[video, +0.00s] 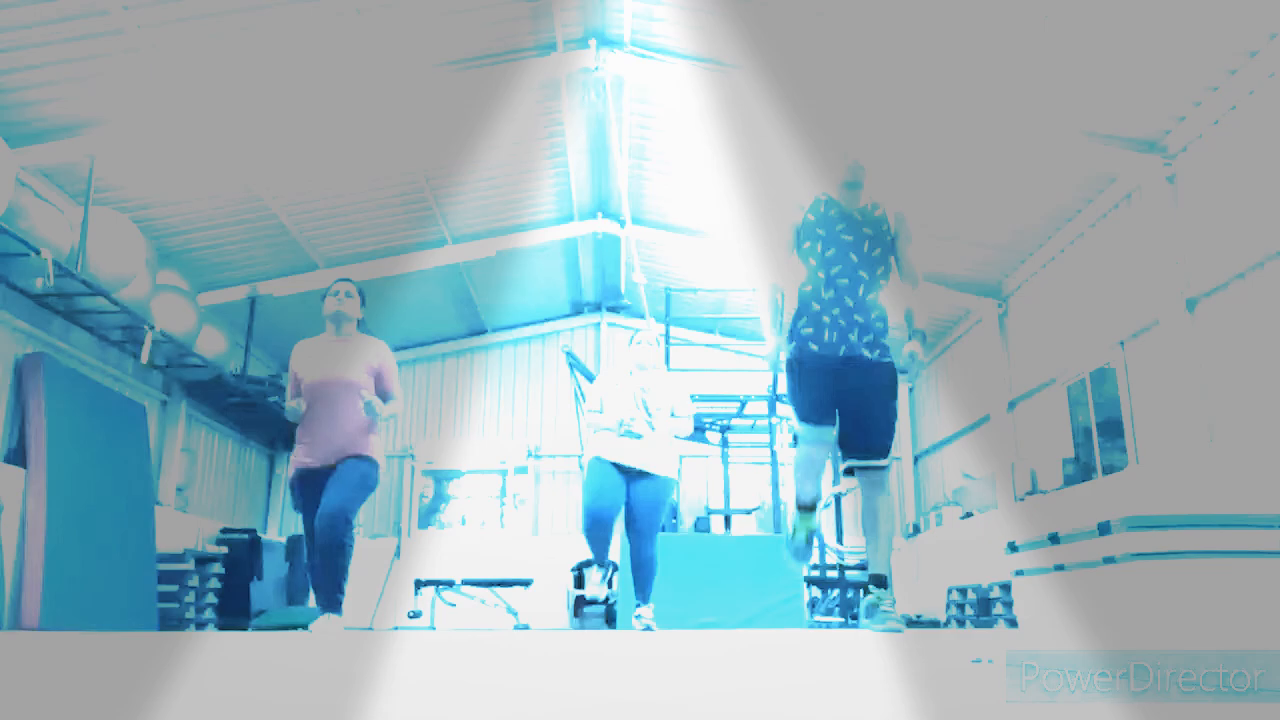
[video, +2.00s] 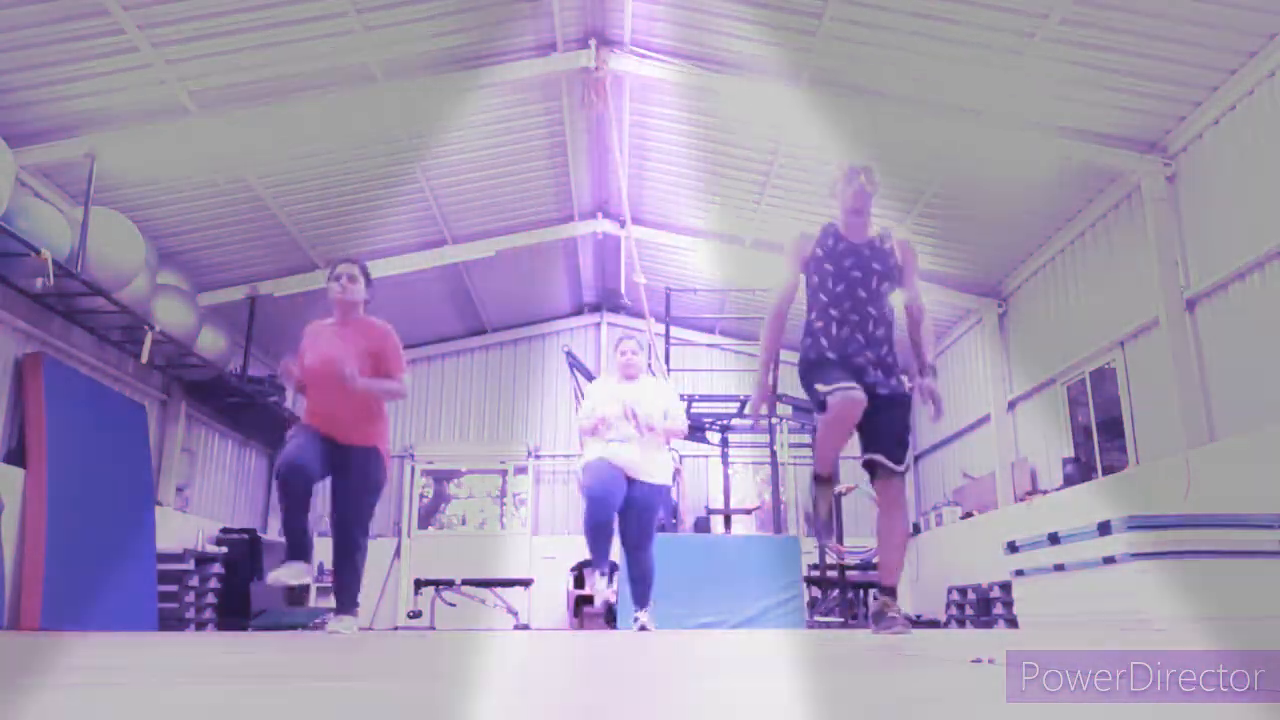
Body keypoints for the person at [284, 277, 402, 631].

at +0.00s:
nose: (340, 298)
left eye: (349, 294)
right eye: (334, 294)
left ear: (361, 308)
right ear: (323, 306)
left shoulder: (376, 348)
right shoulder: (302, 349)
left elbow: (394, 400)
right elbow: (293, 404)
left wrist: (382, 408)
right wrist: (292, 407)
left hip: (358, 456)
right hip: (309, 460)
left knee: (331, 516)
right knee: (314, 539)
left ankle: (331, 611)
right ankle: (329, 612)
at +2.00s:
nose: (343, 285)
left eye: (352, 279)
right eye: (337, 279)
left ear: (366, 290)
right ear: (327, 289)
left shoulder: (381, 333)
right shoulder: (314, 331)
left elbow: (400, 387)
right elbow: (308, 387)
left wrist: (360, 383)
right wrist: (294, 378)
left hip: (362, 441)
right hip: (317, 432)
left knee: (350, 531)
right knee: (291, 469)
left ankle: (346, 611)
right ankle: (299, 561)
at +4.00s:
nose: (342, 307)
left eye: (350, 302)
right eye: (336, 302)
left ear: (363, 314)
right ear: (327, 314)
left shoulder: (382, 351)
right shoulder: (314, 355)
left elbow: (409, 398)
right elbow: (289, 410)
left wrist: (392, 397)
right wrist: (298, 385)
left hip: (373, 459)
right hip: (324, 457)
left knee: (367, 537)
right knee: (320, 531)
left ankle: (365, 587)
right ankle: (319, 611)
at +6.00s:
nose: (352, 278)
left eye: (360, 273)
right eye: (346, 273)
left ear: (372, 285)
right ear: (335, 283)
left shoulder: (388, 325)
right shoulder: (316, 324)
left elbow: (408, 375)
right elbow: (298, 377)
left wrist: (390, 388)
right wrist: (312, 375)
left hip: (373, 419)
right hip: (326, 426)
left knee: (351, 460)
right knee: (329, 503)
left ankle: (345, 559)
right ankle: (340, 598)